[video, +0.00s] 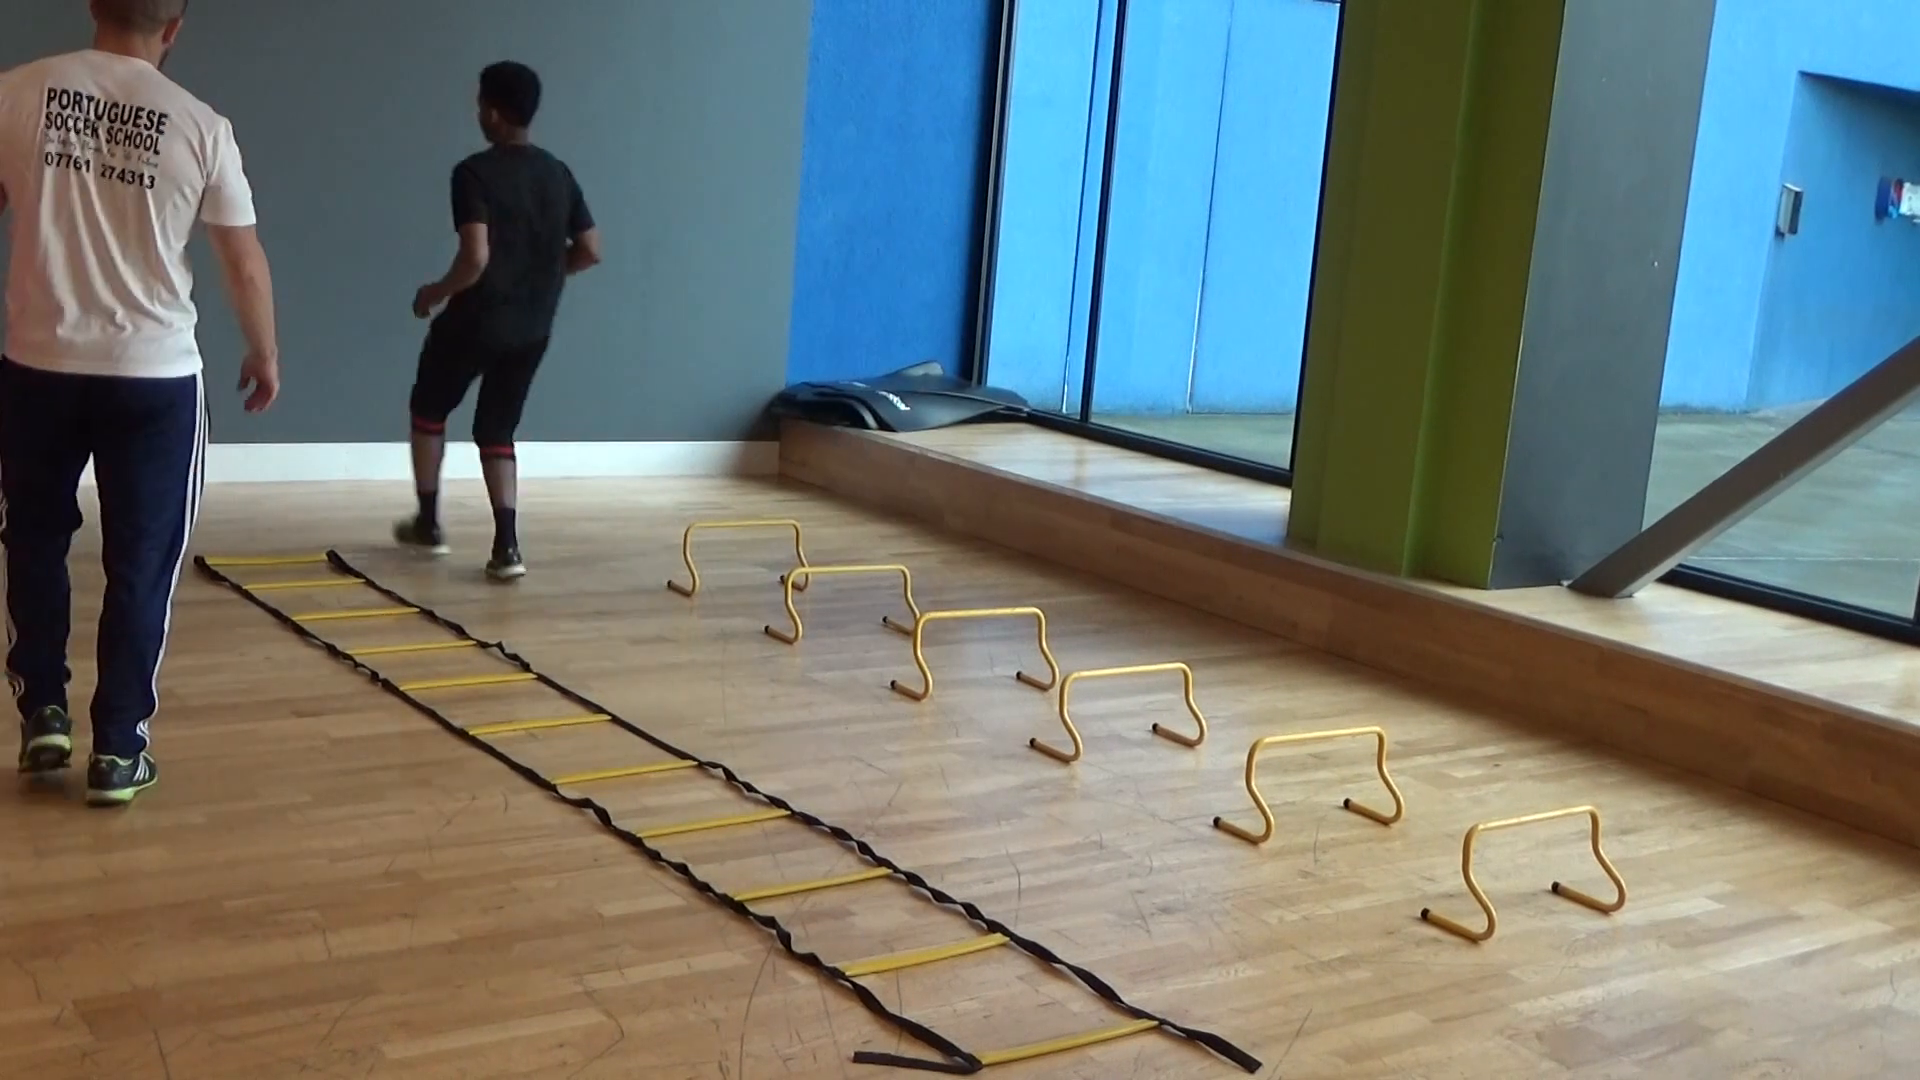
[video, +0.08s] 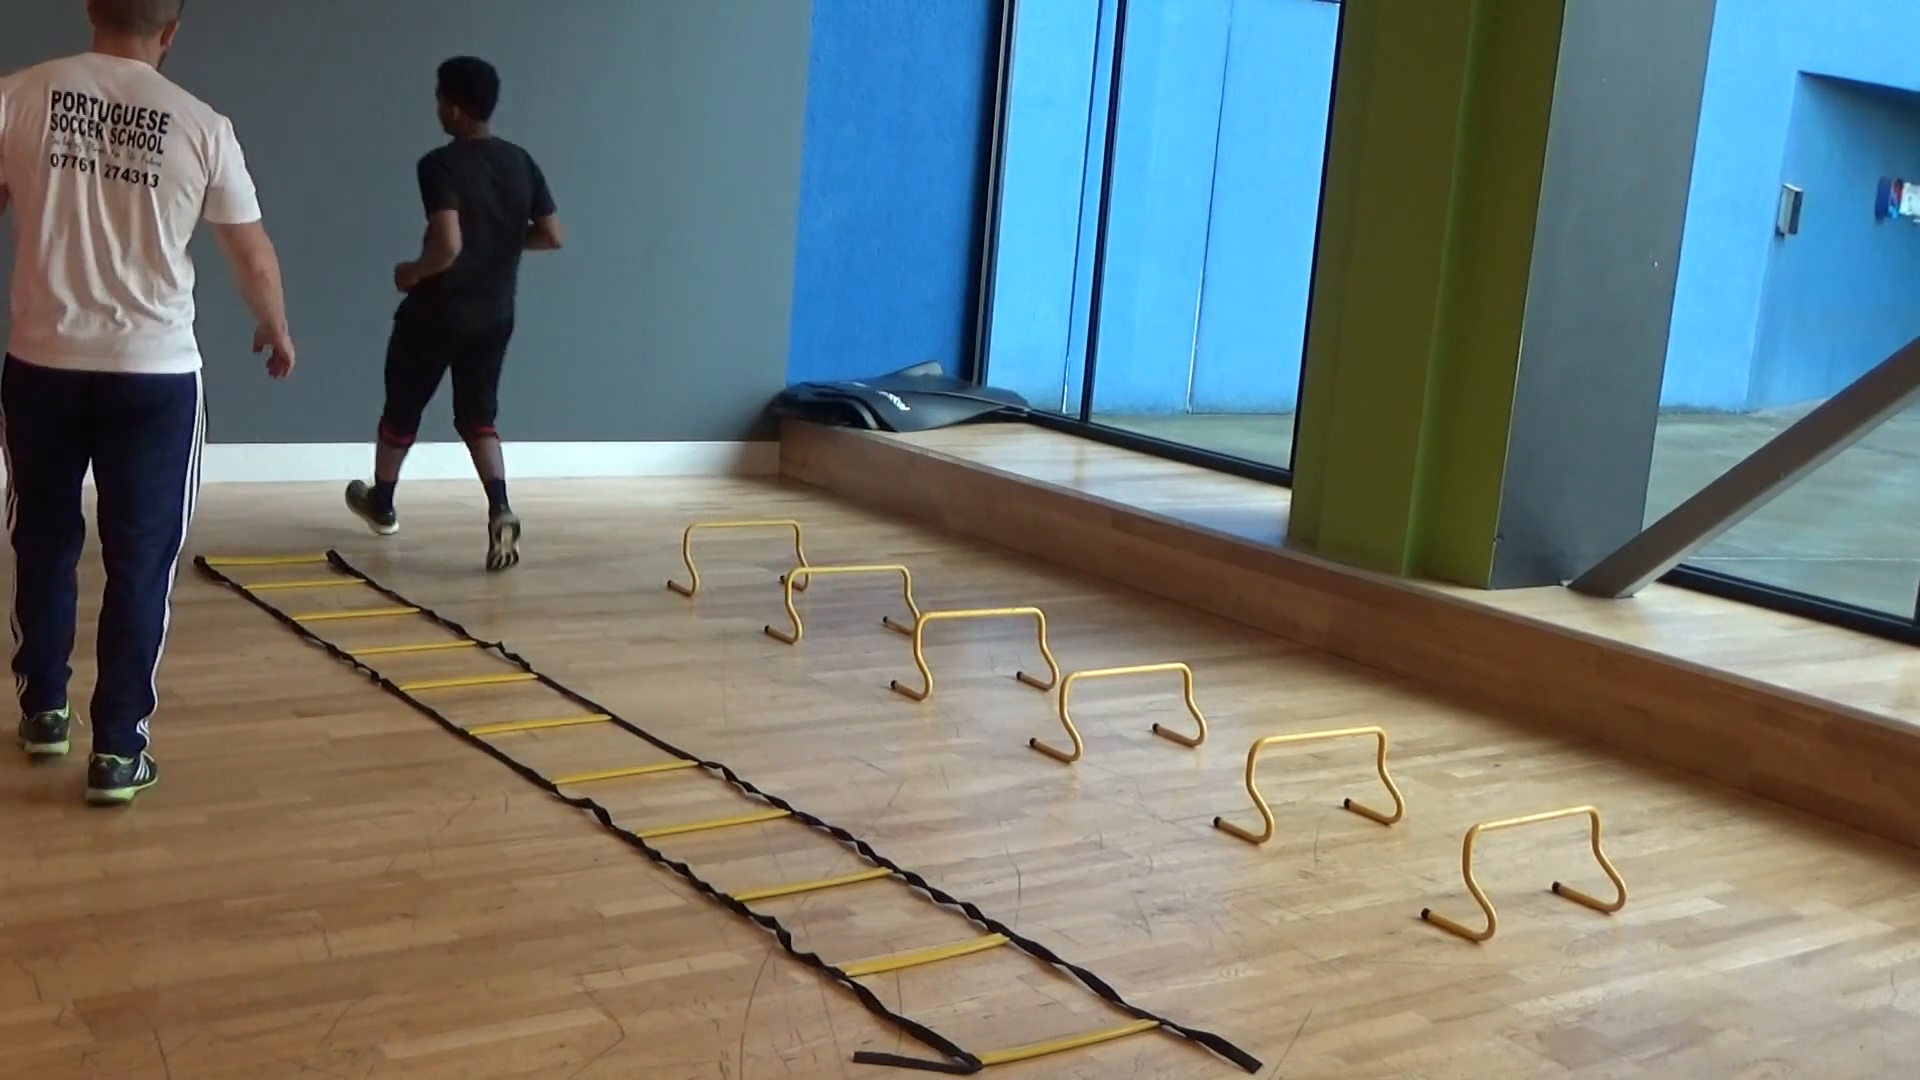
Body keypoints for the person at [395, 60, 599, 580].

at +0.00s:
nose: (478, 112)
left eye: (481, 104)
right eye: (482, 103)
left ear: (492, 111)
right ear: (530, 112)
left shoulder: (475, 172)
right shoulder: (557, 173)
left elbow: (475, 259)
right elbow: (589, 252)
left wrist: (438, 291)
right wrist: (543, 268)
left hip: (473, 324)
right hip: (530, 331)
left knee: (428, 409)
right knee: (496, 432)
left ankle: (427, 521)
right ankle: (507, 548)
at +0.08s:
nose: (437, 106)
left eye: (440, 97)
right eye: (439, 97)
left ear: (453, 105)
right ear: (489, 105)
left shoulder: (440, 164)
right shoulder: (519, 161)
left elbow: (447, 245)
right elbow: (551, 237)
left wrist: (415, 271)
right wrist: (499, 237)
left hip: (437, 312)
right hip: (493, 316)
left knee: (402, 407)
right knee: (477, 414)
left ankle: (380, 502)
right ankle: (501, 510)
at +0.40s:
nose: (319, 92)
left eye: (323, 84)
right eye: (320, 84)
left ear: (340, 87)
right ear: (371, 85)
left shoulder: (329, 141)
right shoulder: (407, 133)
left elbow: (321, 223)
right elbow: (446, 197)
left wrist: (310, 198)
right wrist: (403, 209)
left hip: (332, 281)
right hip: (385, 283)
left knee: (309, 379)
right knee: (348, 376)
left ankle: (357, 483)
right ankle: (326, 472)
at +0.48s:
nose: (299, 95)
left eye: (305, 86)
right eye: (301, 85)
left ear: (327, 92)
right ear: (349, 92)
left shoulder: (314, 147)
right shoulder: (383, 138)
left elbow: (311, 229)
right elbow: (423, 196)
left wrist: (289, 190)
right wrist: (373, 205)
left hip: (313, 286)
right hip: (360, 286)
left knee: (294, 392)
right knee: (320, 380)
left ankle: (355, 478)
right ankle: (298, 475)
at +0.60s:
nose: (274, 95)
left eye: (281, 87)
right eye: (276, 86)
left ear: (308, 93)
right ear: (319, 95)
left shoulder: (298, 148)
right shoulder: (342, 142)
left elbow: (309, 228)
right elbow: (361, 208)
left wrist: (260, 240)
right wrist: (309, 216)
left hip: (299, 281)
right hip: (334, 279)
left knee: (258, 384)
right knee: (283, 373)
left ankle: (336, 463)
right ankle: (292, 473)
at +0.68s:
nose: (259, 80)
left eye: (268, 73)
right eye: (262, 71)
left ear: (294, 79)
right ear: (301, 82)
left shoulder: (295, 132)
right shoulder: (319, 128)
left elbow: (314, 208)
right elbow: (310, 203)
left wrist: (257, 232)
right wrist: (255, 214)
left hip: (291, 266)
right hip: (320, 264)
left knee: (242, 366)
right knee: (282, 365)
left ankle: (302, 461)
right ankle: (293, 468)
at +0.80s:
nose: (247, 68)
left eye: (258, 62)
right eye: (246, 59)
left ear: (284, 66)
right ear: (248, 58)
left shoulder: (284, 107)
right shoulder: (274, 105)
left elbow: (318, 176)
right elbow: (281, 173)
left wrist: (253, 203)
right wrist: (241, 184)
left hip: (276, 253)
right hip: (292, 250)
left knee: (240, 350)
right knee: (276, 351)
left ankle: (245, 465)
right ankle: (294, 463)